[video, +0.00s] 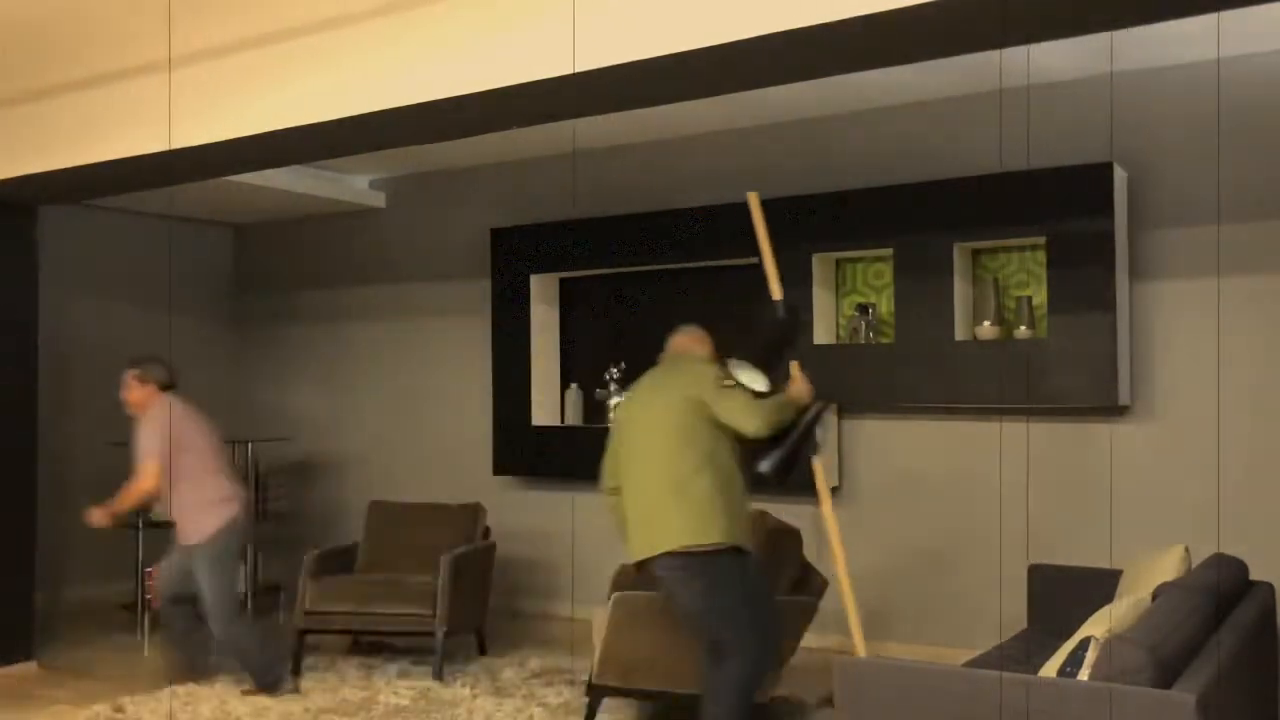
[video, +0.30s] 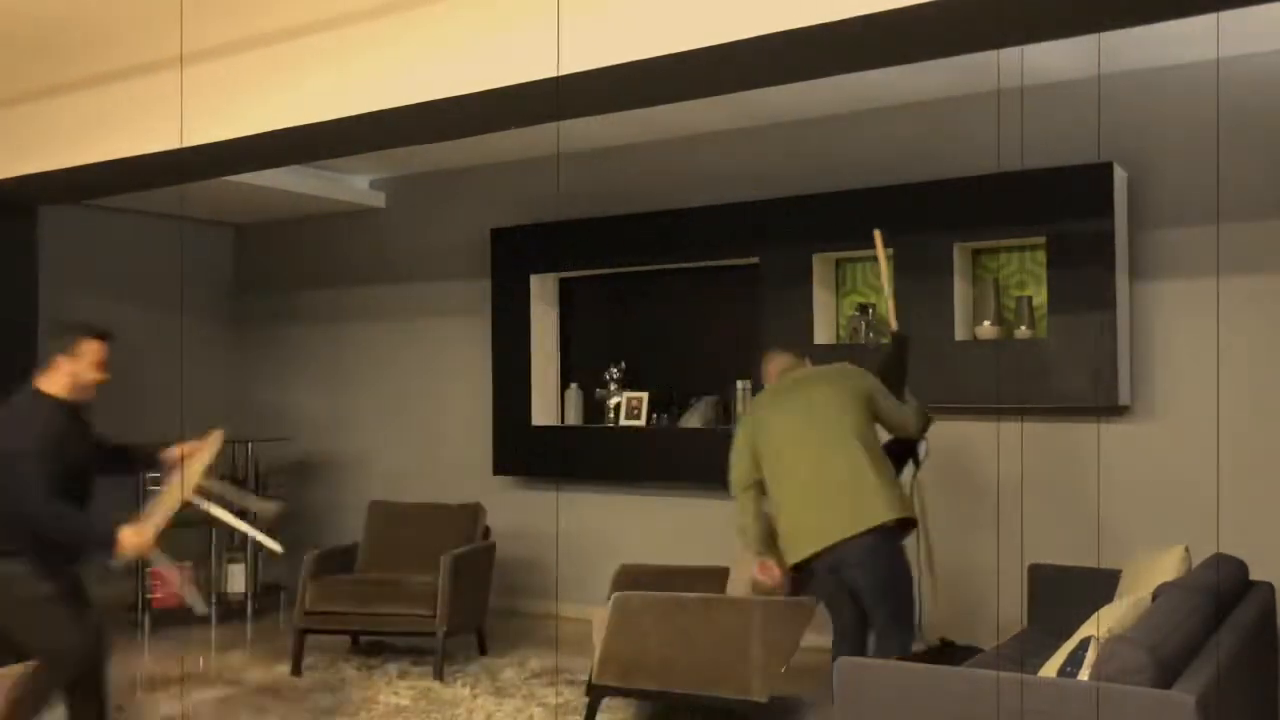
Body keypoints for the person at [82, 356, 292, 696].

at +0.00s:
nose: (123, 396)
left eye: (128, 387)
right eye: (123, 388)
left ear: (147, 386)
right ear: (151, 386)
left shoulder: (157, 413)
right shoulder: (175, 410)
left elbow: (149, 480)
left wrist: (109, 510)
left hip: (212, 525)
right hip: (214, 523)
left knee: (223, 620)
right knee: (166, 585)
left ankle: (272, 674)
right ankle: (193, 669)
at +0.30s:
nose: (103, 377)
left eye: (104, 367)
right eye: (96, 366)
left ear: (68, 365)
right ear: (64, 363)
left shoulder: (67, 416)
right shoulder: (28, 416)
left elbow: (97, 458)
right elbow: (37, 506)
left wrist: (161, 458)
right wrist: (112, 537)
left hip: (51, 559)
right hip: (16, 564)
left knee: (87, 647)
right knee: (68, 646)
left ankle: (90, 712)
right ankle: (16, 707)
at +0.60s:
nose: (306, 409)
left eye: (307, 399)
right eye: (306, 399)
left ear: (260, 390)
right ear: (289, 393)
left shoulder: (226, 428)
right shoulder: (275, 429)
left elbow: (237, 522)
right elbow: (339, 476)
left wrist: (302, 559)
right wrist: (411, 495)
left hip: (180, 575)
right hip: (218, 570)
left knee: (277, 641)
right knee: (310, 637)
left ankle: (272, 712)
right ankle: (276, 712)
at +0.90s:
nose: (426, 475)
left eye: (426, 469)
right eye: (424, 469)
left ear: (384, 459)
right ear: (416, 466)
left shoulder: (347, 474)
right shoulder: (417, 488)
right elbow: (422, 566)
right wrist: (438, 627)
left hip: (277, 581)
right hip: (349, 585)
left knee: (303, 638)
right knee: (418, 654)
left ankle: (281, 714)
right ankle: (435, 713)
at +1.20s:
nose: (500, 432)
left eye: (503, 423)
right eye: (499, 421)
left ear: (458, 412)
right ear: (475, 417)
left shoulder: (407, 433)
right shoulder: (469, 461)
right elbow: (478, 541)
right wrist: (486, 603)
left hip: (322, 573)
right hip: (379, 584)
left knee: (346, 640)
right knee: (457, 641)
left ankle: (297, 712)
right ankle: (452, 712)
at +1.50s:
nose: (509, 355)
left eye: (513, 344)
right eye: (498, 342)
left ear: (515, 345)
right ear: (461, 341)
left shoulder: (514, 408)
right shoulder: (420, 408)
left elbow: (533, 480)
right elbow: (417, 497)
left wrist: (556, 537)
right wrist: (499, 535)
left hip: (489, 582)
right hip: (426, 584)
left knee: (483, 686)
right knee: (430, 699)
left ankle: (443, 714)